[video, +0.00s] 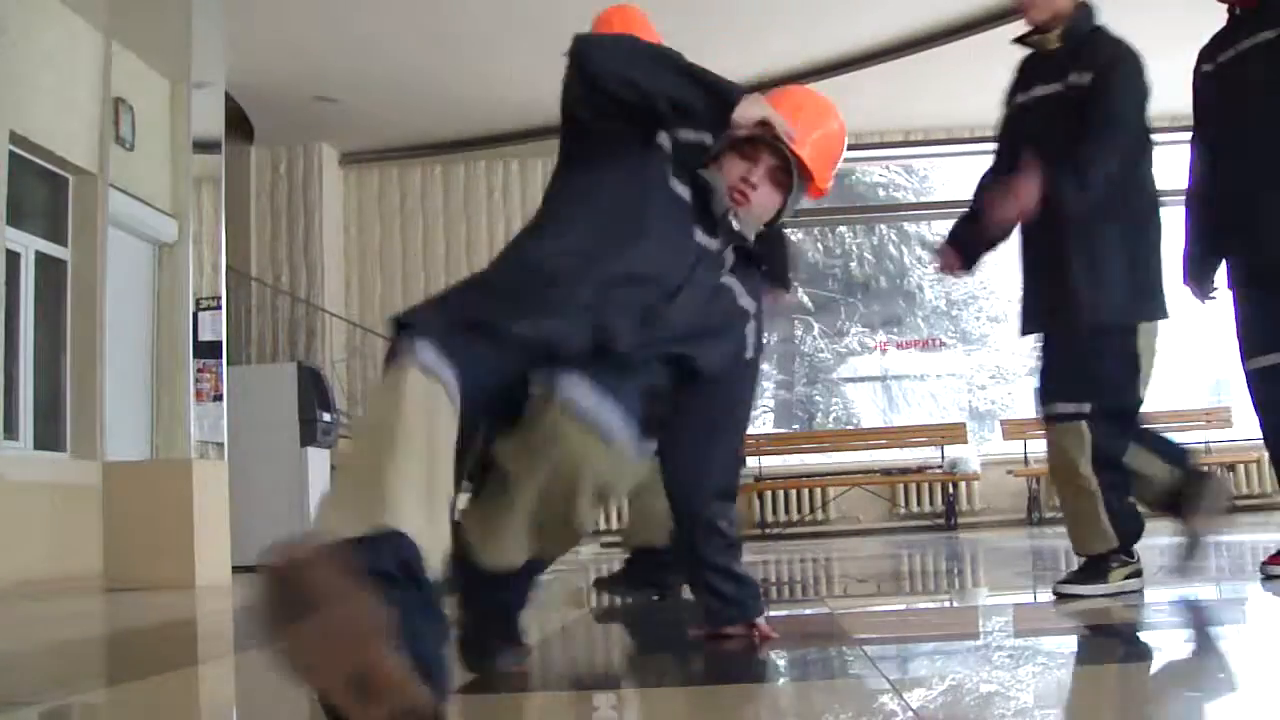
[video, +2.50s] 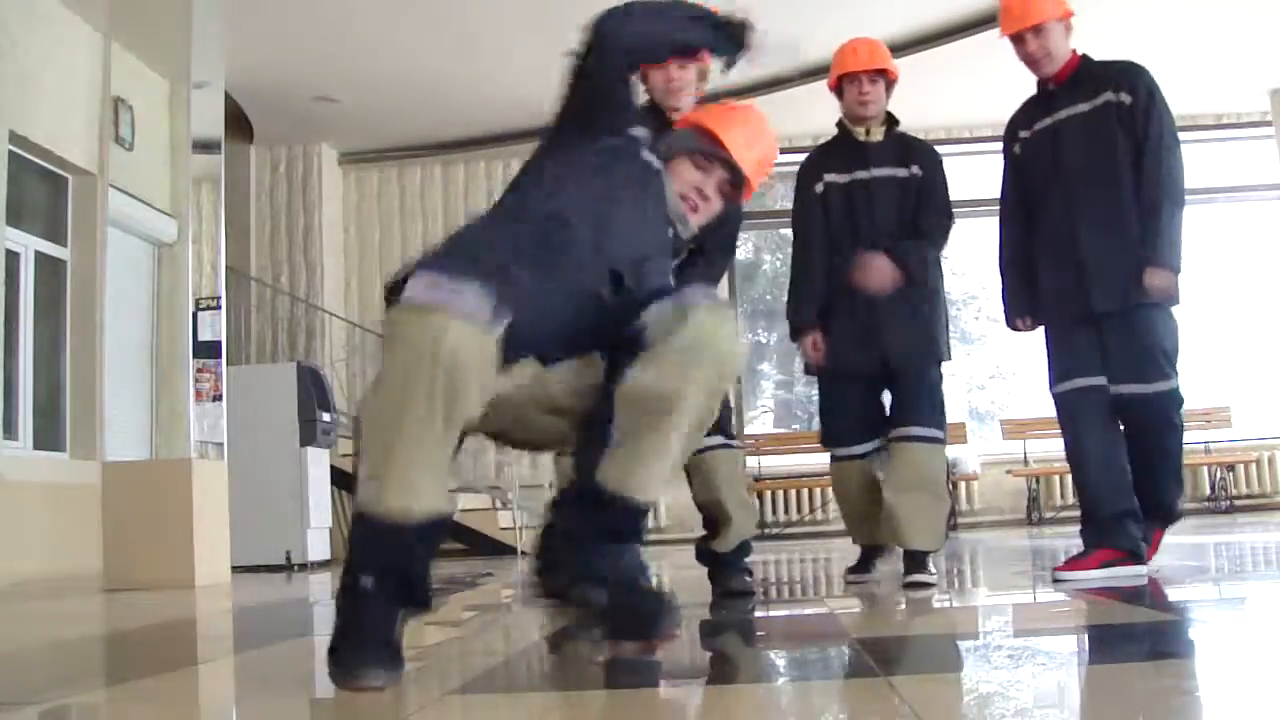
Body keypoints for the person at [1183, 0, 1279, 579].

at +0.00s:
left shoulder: (1223, 56)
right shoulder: (1221, 57)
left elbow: (1214, 165)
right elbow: (1212, 165)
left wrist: (1200, 256)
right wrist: (1202, 255)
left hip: (1259, 261)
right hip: (1256, 261)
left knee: (1270, 401)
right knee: (1268, 400)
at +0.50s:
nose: (1193, 8)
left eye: (1194, 5)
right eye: (1194, 7)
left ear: (1211, 3)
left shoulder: (1191, 60)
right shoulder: (1188, 62)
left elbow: (1175, 169)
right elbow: (1175, 169)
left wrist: (1160, 259)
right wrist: (1162, 256)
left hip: (1244, 263)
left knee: (1266, 409)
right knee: (1265, 408)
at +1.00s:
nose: (1147, 2)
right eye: (1145, 1)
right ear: (1160, 5)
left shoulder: (1254, 20)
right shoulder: (1162, 60)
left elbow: (1272, 128)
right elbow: (1163, 168)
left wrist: (1274, 229)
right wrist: (1155, 261)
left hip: (1254, 246)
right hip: (1206, 252)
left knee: (1225, 388)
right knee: (1258, 398)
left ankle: (1203, 538)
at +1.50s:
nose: (1075, 5)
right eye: (1072, 3)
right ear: (1092, 0)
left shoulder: (1170, 13)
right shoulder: (1115, 41)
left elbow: (1180, 126)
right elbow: (1112, 154)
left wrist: (1153, 228)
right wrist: (1087, 247)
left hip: (1171, 241)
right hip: (1132, 247)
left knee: (1170, 383)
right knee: (1135, 381)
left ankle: (1198, 548)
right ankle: (1236, 490)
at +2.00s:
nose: (1014, 22)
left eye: (1019, 7)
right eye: (1005, 15)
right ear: (1008, 19)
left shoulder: (1123, 53)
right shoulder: (1035, 93)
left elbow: (1154, 158)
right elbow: (1039, 195)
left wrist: (1151, 253)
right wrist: (1037, 286)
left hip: (1121, 273)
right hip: (1063, 284)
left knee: (1151, 405)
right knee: (1075, 412)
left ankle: (1194, 548)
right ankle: (1111, 542)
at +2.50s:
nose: (1028, 46)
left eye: (1037, 31)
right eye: (1018, 38)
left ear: (1067, 25)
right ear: (1011, 46)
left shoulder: (1127, 82)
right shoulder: (1021, 125)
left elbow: (1164, 172)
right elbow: (1014, 217)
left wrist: (1163, 258)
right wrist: (1017, 295)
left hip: (1133, 282)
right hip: (1063, 294)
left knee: (1150, 408)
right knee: (1083, 418)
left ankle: (1153, 514)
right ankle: (1113, 541)